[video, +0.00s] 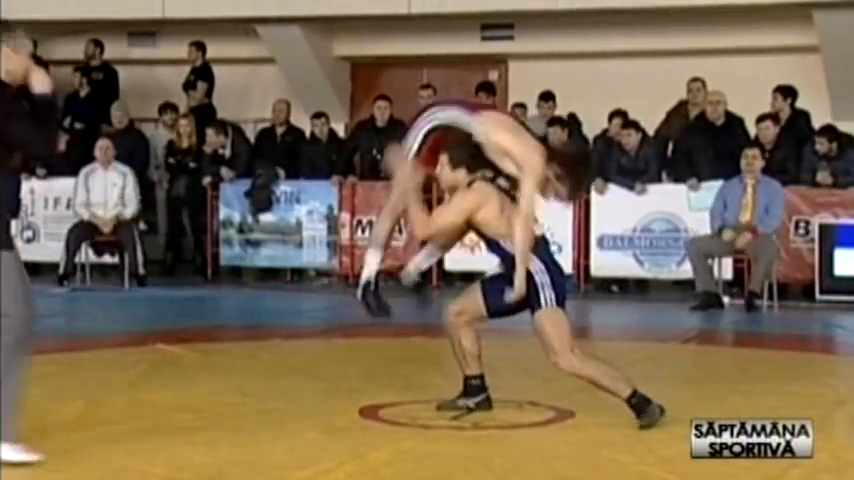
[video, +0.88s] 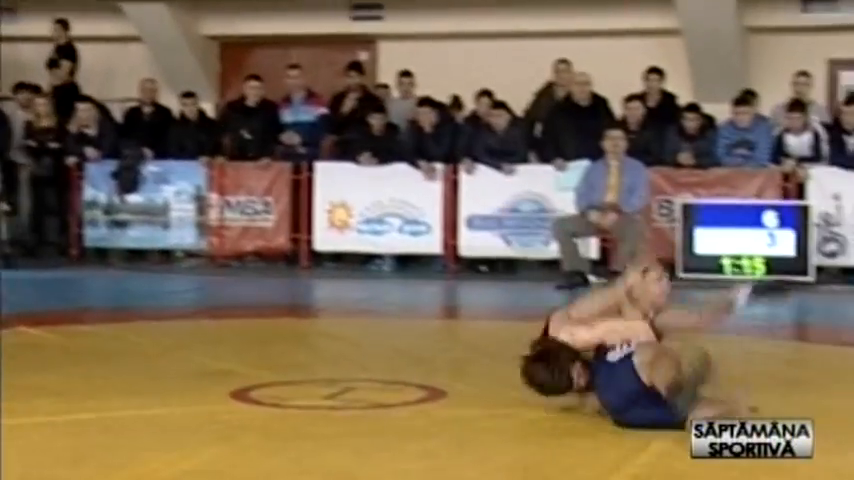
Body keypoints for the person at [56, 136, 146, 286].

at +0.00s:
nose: (104, 153)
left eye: (107, 149)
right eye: (100, 149)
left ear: (113, 152)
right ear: (95, 152)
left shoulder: (126, 172)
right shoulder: (85, 173)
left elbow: (133, 203)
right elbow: (79, 204)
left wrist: (118, 217)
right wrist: (93, 219)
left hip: (117, 216)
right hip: (94, 216)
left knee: (130, 233)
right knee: (74, 233)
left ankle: (138, 273)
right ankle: (65, 271)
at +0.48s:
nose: (86, 151)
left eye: (90, 147)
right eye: (82, 147)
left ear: (96, 150)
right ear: (77, 151)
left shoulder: (108, 172)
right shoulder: (67, 172)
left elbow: (115, 200)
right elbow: (62, 202)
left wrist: (102, 218)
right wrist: (74, 219)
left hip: (99, 215)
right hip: (76, 215)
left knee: (113, 233)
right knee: (55, 232)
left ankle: (118, 273)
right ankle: (48, 271)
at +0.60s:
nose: (69, 149)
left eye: (72, 146)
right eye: (64, 146)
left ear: (78, 148)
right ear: (58, 149)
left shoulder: (91, 170)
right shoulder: (50, 171)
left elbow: (98, 200)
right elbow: (44, 202)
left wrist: (82, 218)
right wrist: (61, 219)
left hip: (83, 214)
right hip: (60, 214)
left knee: (98, 232)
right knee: (37, 231)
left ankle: (104, 271)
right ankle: (30, 269)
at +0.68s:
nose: (43, 147)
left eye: (46, 144)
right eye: (39, 144)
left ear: (53, 146)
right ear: (33, 147)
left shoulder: (66, 167)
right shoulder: (24, 168)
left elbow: (74, 199)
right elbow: (20, 200)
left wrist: (56, 216)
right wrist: (37, 217)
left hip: (58, 211)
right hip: (34, 211)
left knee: (72, 231)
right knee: (12, 229)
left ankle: (78, 269)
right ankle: (8, 267)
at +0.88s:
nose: (41, 108)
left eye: (44, 104)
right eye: (38, 105)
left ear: (50, 106)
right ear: (33, 107)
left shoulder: (58, 126)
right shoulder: (31, 126)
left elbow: (64, 146)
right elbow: (27, 145)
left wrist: (46, 146)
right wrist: (41, 148)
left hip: (57, 173)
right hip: (38, 174)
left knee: (58, 208)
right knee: (38, 209)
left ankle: (60, 243)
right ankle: (38, 243)